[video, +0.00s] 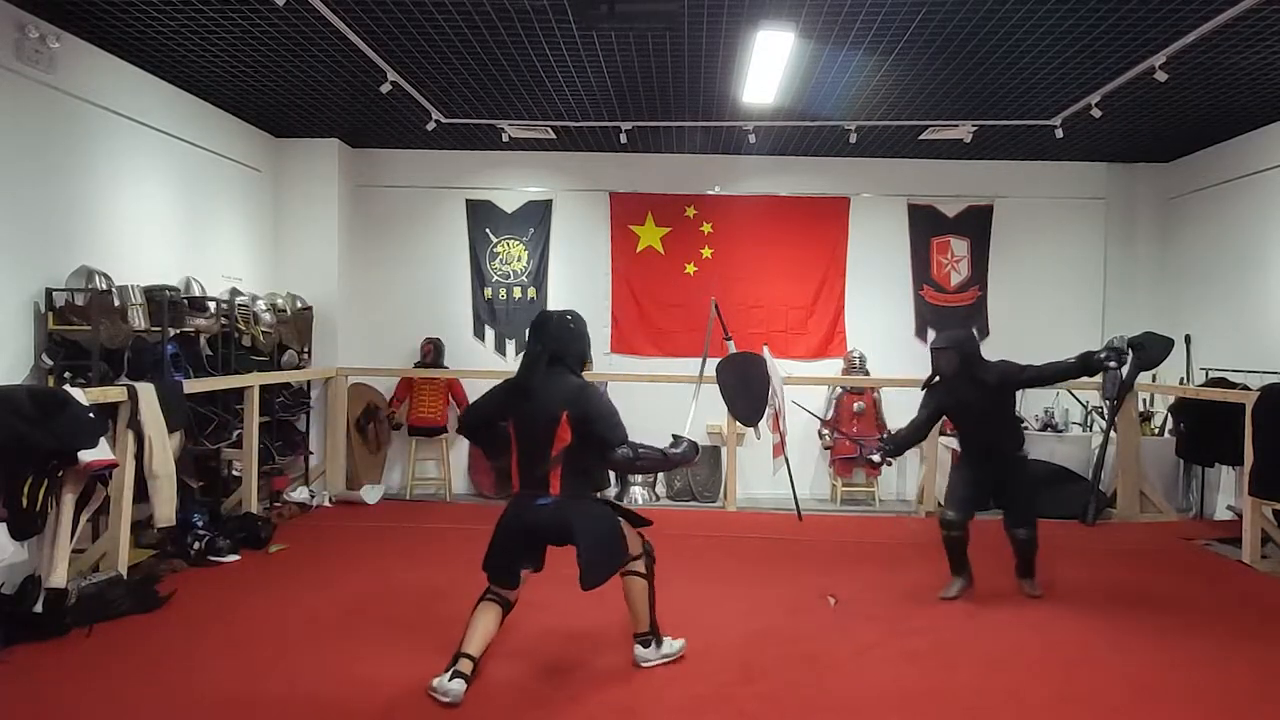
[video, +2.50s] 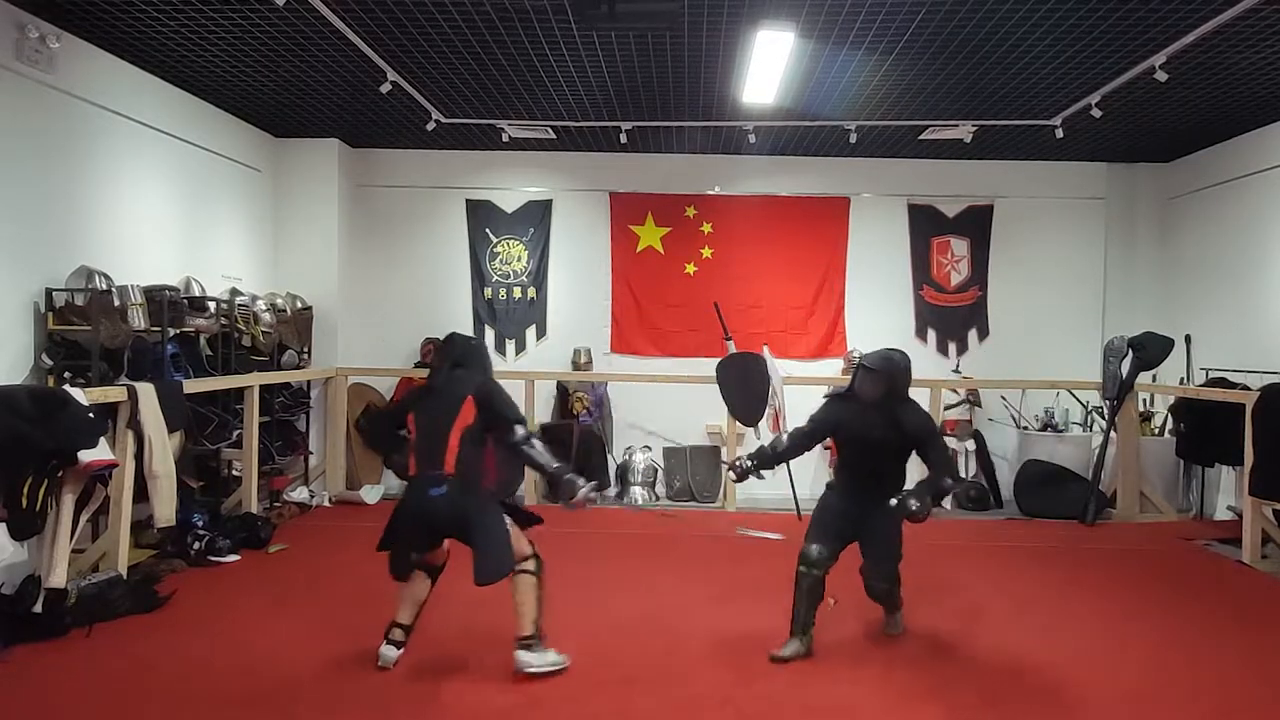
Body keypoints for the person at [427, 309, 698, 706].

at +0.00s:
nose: (588, 350)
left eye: (585, 342)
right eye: (584, 343)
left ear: (538, 346)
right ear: (574, 347)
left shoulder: (516, 387)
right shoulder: (582, 392)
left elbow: (470, 421)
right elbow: (618, 442)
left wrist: (502, 454)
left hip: (523, 510)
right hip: (577, 510)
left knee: (500, 590)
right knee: (636, 547)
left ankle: (458, 673)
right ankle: (647, 642)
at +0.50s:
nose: (709, 363)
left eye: (703, 358)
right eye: (705, 359)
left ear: (663, 366)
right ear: (701, 365)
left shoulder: (645, 405)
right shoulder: (717, 400)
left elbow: (605, 434)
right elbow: (767, 428)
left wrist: (641, 467)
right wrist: (812, 427)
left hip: (665, 516)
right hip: (715, 512)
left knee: (619, 578)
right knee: (756, 532)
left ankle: (583, 650)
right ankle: (741, 613)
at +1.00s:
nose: (812, 357)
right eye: (810, 351)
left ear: (771, 354)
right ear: (809, 356)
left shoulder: (756, 389)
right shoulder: (823, 396)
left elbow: (714, 414)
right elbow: (851, 449)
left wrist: (744, 446)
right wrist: (880, 434)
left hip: (765, 494)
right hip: (811, 494)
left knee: (742, 565)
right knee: (844, 538)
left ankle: (714, 619)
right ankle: (842, 606)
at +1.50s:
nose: (756, 338)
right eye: (753, 332)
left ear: (710, 335)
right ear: (748, 336)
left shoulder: (690, 369)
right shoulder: (754, 377)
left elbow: (648, 394)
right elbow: (786, 433)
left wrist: (676, 428)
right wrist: (834, 429)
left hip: (692, 479)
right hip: (738, 481)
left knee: (682, 550)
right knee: (777, 532)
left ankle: (662, 624)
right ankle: (755, 612)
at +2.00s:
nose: (679, 334)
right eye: (675, 328)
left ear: (629, 331)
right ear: (672, 336)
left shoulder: (610, 362)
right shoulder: (675, 380)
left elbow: (570, 387)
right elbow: (683, 426)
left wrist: (601, 414)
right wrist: (679, 385)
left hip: (602, 477)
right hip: (649, 477)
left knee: (596, 556)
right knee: (700, 541)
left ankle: (546, 619)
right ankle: (727, 621)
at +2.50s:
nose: (489, 368)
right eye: (486, 362)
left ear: (441, 360)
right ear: (478, 361)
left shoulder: (421, 392)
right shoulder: (483, 388)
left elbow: (376, 428)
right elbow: (519, 437)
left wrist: (406, 460)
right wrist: (563, 479)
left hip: (419, 499)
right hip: (466, 498)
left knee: (431, 559)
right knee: (526, 557)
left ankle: (393, 641)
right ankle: (528, 647)